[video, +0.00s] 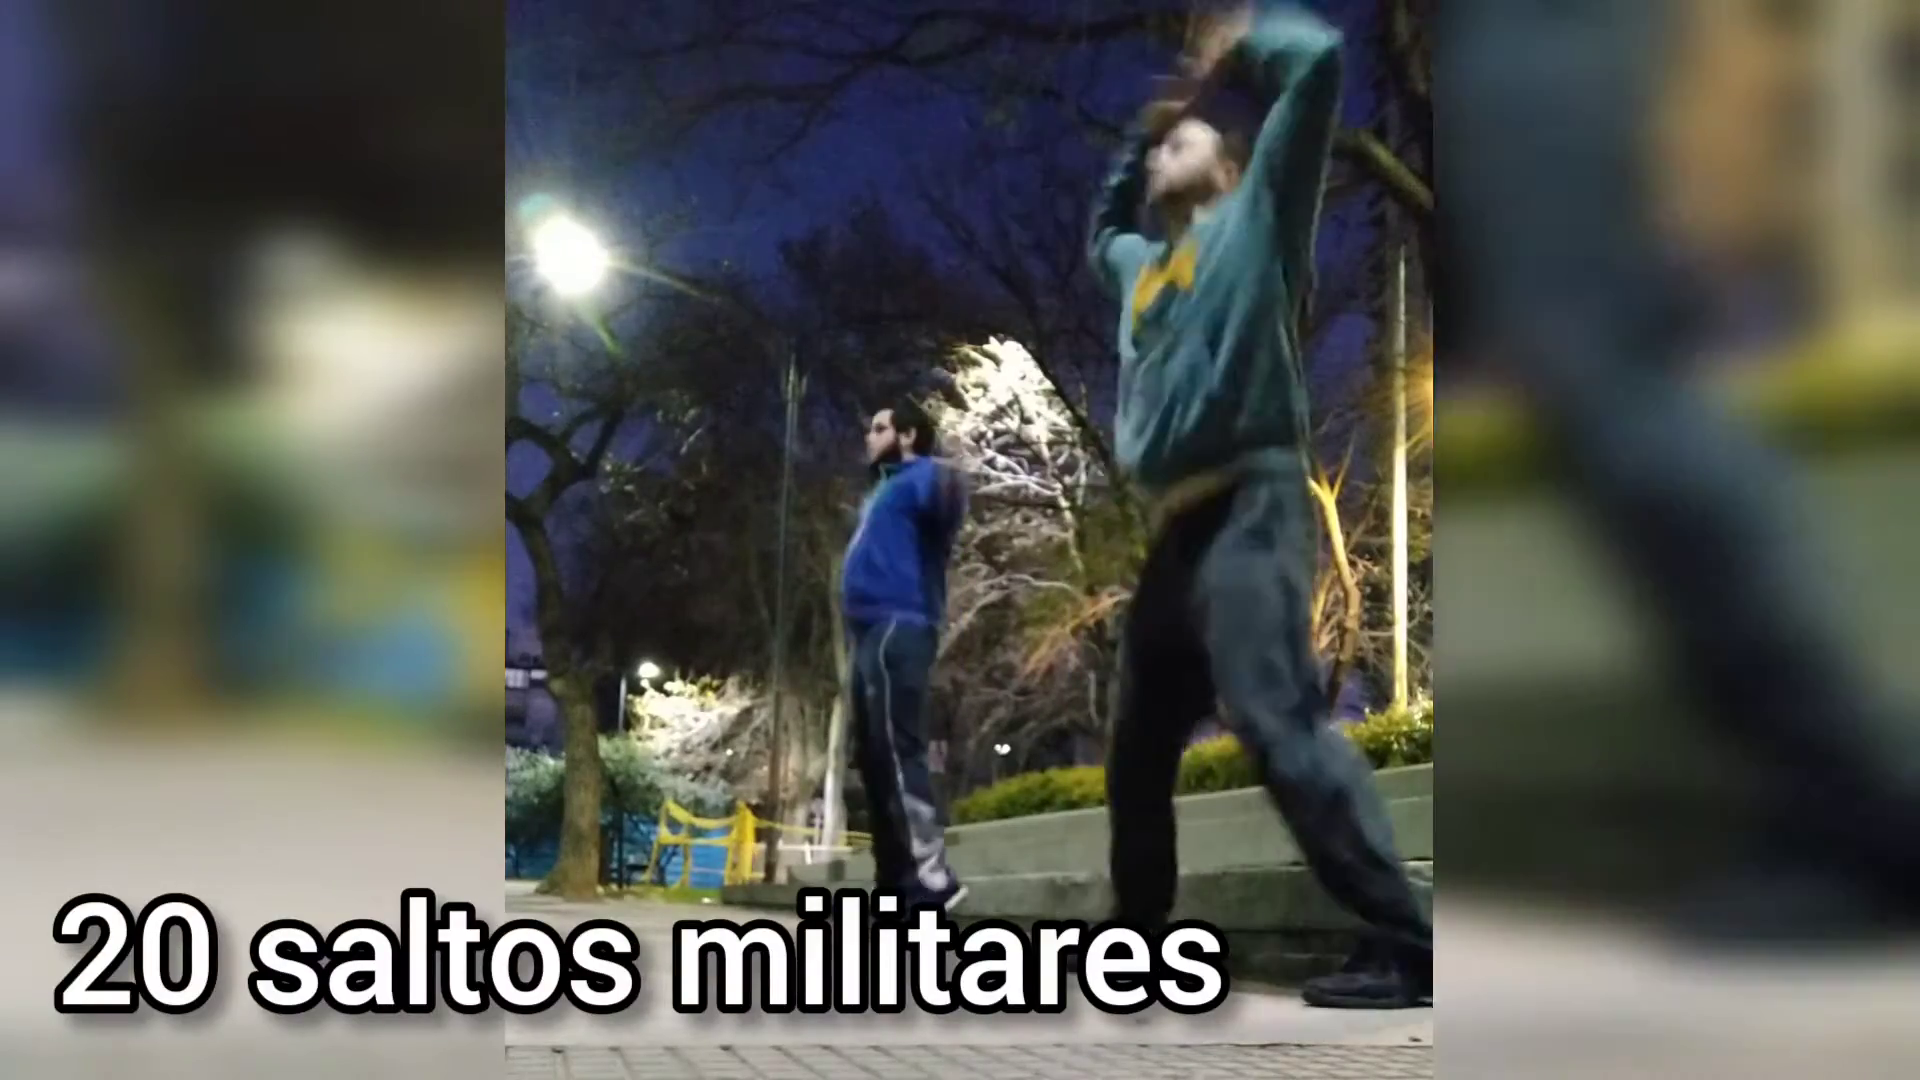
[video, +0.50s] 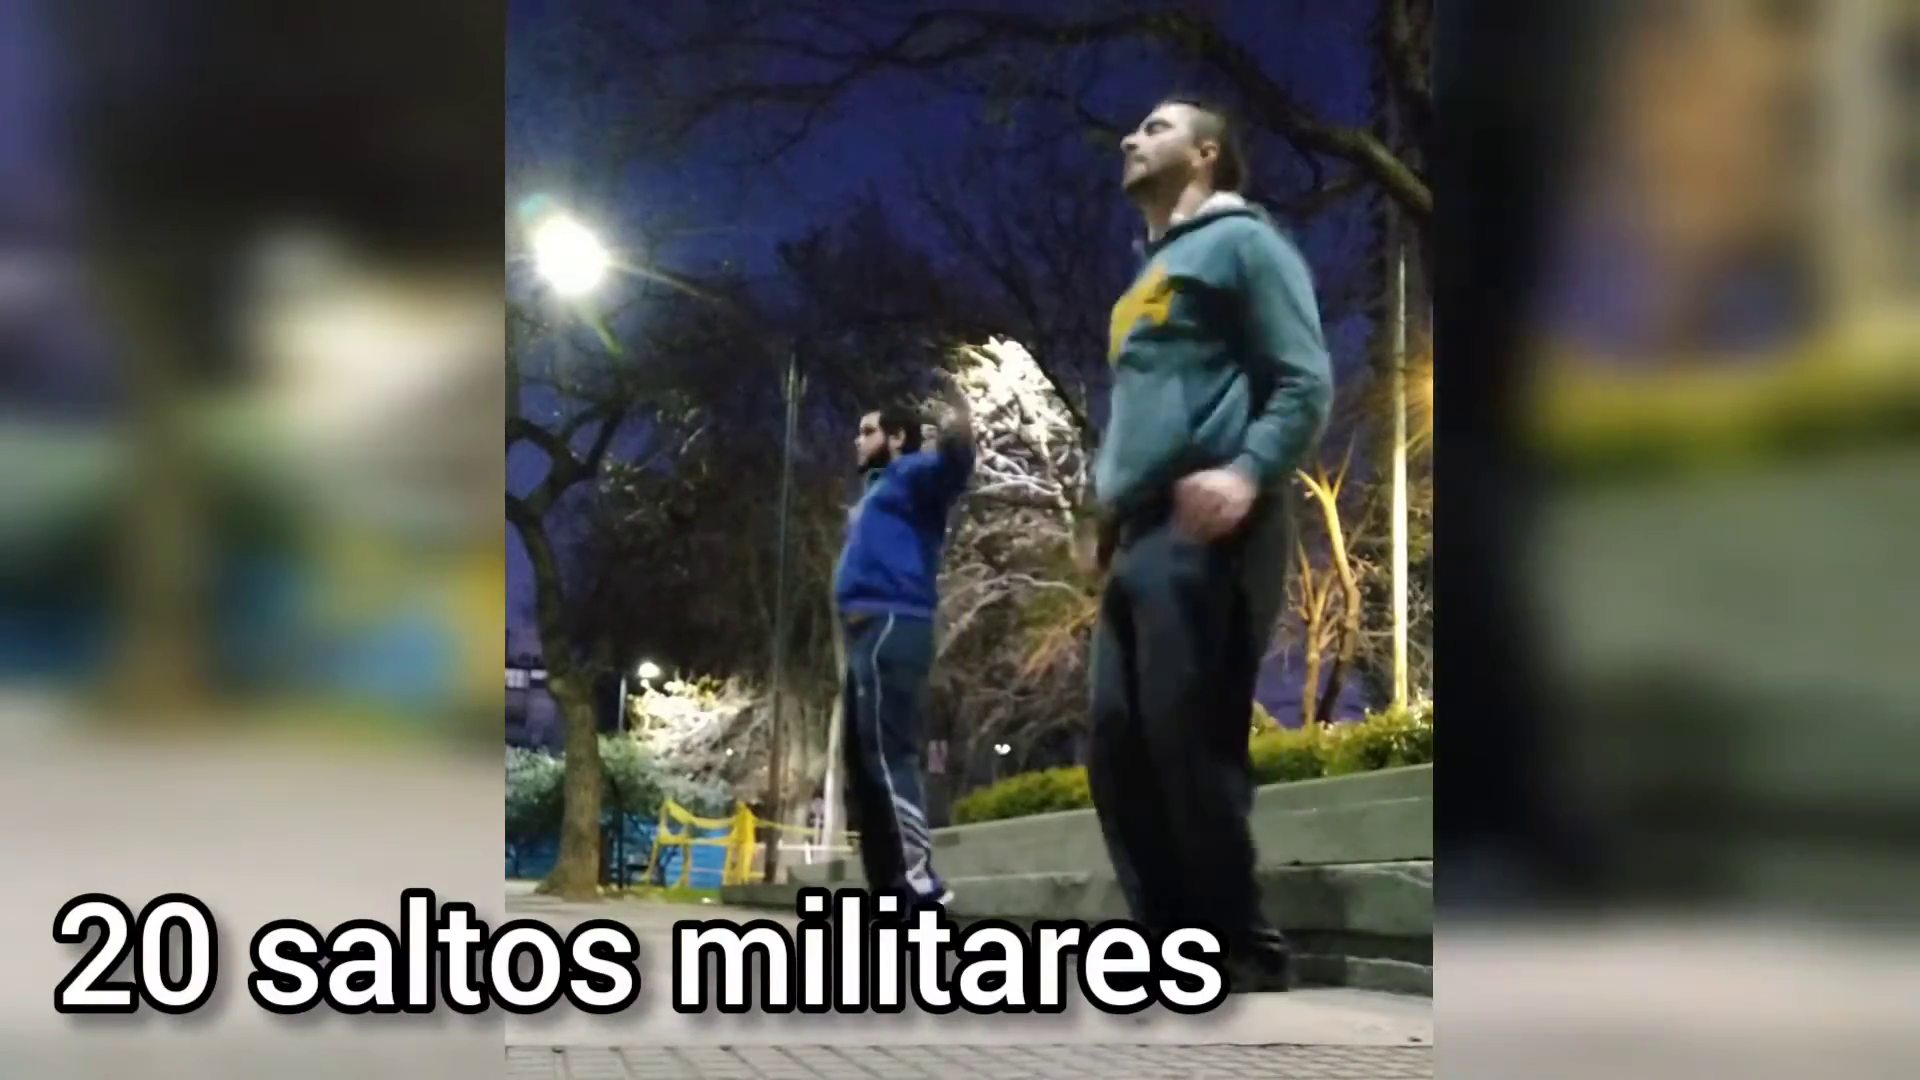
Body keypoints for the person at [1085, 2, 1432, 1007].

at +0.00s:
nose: (1167, 148)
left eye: (1185, 133)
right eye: (1158, 144)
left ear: (1229, 150)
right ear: (1149, 179)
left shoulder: (1262, 208)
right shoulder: (1140, 261)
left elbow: (1316, 57)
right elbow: (1107, 229)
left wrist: (1237, 36)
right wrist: (1135, 143)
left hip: (1256, 502)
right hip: (1178, 528)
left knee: (1270, 715)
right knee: (1139, 751)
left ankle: (1398, 946)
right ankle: (1142, 957)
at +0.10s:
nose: (1169, 164)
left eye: (1189, 154)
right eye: (1164, 157)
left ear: (1230, 175)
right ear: (1155, 184)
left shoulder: (1266, 230)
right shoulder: (1143, 268)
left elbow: (1319, 71)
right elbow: (1111, 228)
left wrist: (1230, 25)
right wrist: (1139, 137)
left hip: (1259, 513)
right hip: (1179, 542)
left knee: (1259, 735)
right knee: (1134, 776)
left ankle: (1397, 951)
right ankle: (1153, 963)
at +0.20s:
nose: (1162, 101)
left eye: (1186, 91)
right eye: (1162, 93)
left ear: (1235, 119)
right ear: (1165, 131)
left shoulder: (1268, 177)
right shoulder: (1141, 247)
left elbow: (1348, 78)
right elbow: (1083, 270)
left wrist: (1342, 4)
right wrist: (1023, 197)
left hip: (1239, 459)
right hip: (1162, 484)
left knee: (1264, 689)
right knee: (1134, 712)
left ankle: (1363, 937)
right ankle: (1128, 939)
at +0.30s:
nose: (1152, 87)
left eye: (1175, 74)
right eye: (1154, 76)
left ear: (1228, 97)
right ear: (1167, 112)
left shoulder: (1250, 166)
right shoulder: (1145, 230)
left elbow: (1345, 144)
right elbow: (1089, 323)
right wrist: (991, 306)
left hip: (1234, 448)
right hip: (1164, 467)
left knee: (1251, 679)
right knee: (1133, 693)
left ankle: (1312, 909)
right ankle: (1147, 916)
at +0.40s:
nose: (1138, 111)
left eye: (1161, 98)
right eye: (1141, 100)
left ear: (1213, 122)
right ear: (1160, 132)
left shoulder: (1252, 197)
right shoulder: (1159, 233)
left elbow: (1341, 310)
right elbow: (1158, 359)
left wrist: (1292, 385)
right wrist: (1117, 444)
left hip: (1219, 482)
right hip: (1153, 492)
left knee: (1207, 714)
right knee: (1126, 722)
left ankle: (1243, 944)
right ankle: (1166, 937)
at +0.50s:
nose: (1132, 138)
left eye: (1155, 126)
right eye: (1133, 129)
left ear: (1205, 152)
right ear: (1150, 164)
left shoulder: (1244, 240)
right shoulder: (1155, 264)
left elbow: (1305, 382)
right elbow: (1151, 402)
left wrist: (1247, 470)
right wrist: (1116, 511)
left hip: (1205, 523)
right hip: (1137, 532)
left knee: (1191, 739)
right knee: (1118, 749)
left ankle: (1232, 950)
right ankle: (1173, 951)